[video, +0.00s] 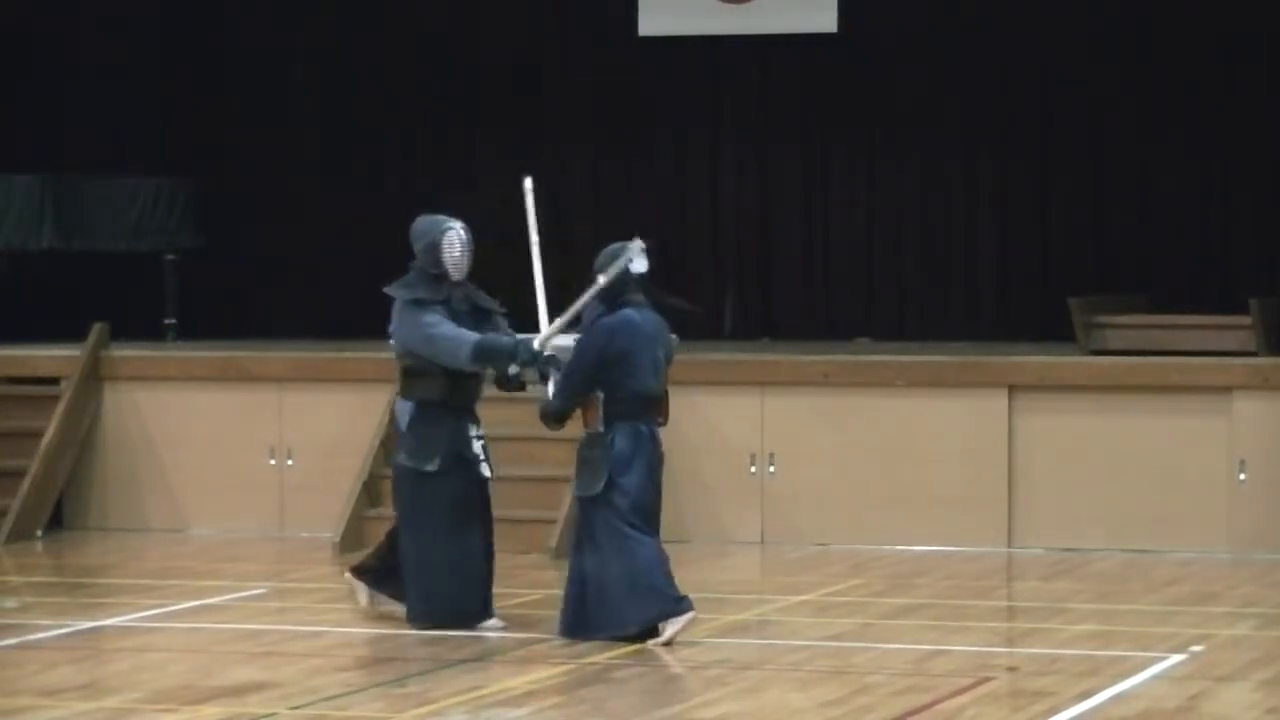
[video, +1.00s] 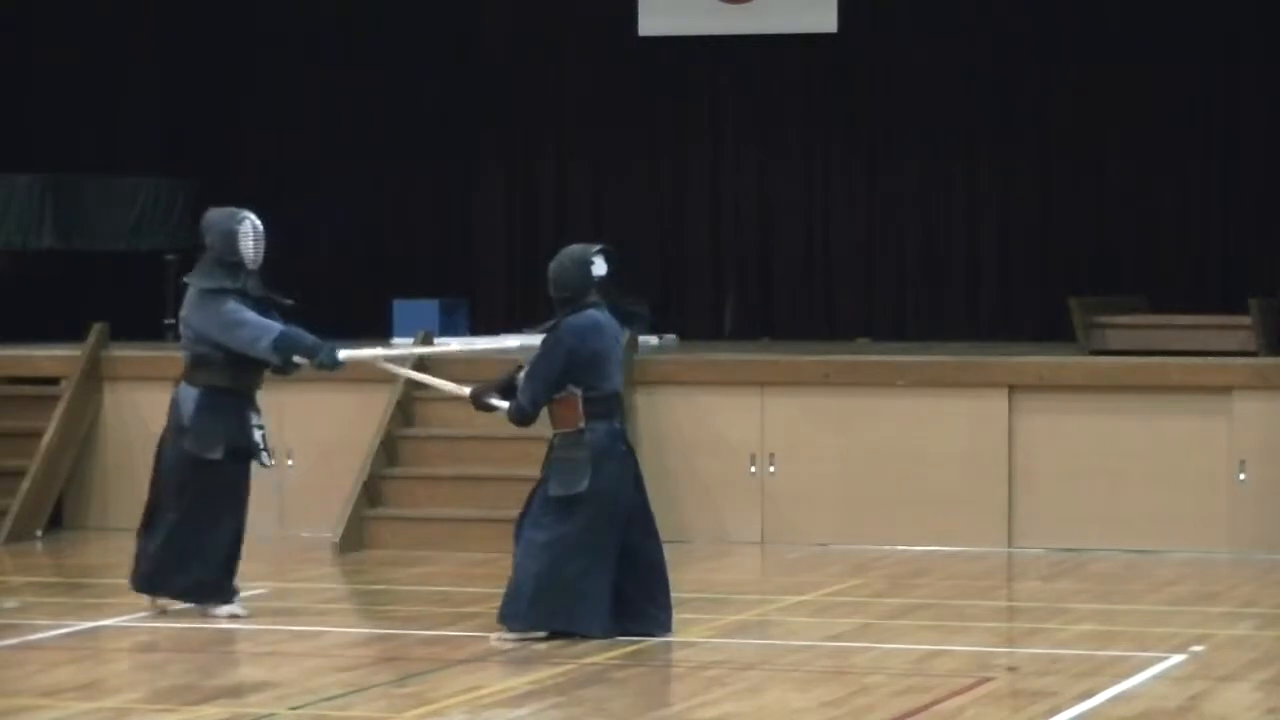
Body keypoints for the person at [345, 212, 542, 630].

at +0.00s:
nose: (459, 256)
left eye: (462, 247)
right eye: (449, 248)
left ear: (468, 251)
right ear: (427, 253)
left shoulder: (472, 301)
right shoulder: (413, 310)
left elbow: (500, 361)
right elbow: (463, 348)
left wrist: (537, 363)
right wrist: (533, 346)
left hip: (462, 418)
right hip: (426, 419)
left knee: (469, 511)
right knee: (436, 512)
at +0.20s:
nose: (412, 266)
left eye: (415, 256)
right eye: (402, 258)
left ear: (419, 259)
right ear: (380, 262)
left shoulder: (419, 308)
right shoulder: (367, 319)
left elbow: (452, 342)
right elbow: (410, 359)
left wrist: (485, 362)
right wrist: (462, 369)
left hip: (421, 420)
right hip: (385, 423)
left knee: (431, 511)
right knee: (425, 515)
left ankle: (369, 586)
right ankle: (458, 608)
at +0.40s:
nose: (366, 259)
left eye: (369, 250)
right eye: (357, 251)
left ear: (373, 253)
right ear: (335, 255)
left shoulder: (369, 304)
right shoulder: (318, 313)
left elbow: (394, 344)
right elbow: (355, 352)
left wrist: (422, 362)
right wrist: (408, 370)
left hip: (368, 414)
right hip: (333, 416)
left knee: (386, 504)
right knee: (354, 508)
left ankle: (394, 597)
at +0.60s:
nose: (322, 258)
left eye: (324, 249)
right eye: (313, 249)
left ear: (327, 252)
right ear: (289, 252)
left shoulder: (315, 301)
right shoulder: (274, 308)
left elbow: (339, 345)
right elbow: (315, 346)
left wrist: (382, 360)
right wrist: (372, 366)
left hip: (310, 411)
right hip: (275, 412)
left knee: (345, 497)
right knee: (269, 497)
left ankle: (350, 589)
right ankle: (225, 581)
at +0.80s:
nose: (286, 250)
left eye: (287, 241)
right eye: (278, 242)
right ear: (257, 245)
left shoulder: (270, 292)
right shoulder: (236, 299)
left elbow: (283, 339)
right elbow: (285, 335)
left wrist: (311, 360)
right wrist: (342, 354)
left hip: (260, 408)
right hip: (230, 407)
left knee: (266, 499)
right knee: (227, 498)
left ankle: (247, 586)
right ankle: (217, 594)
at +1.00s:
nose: (253, 250)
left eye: (255, 242)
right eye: (245, 242)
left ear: (255, 244)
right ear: (223, 244)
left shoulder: (242, 292)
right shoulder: (206, 298)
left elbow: (249, 344)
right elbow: (255, 332)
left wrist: (282, 359)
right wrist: (315, 348)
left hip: (233, 405)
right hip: (203, 405)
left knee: (226, 500)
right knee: (191, 496)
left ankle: (216, 588)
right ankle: (160, 578)